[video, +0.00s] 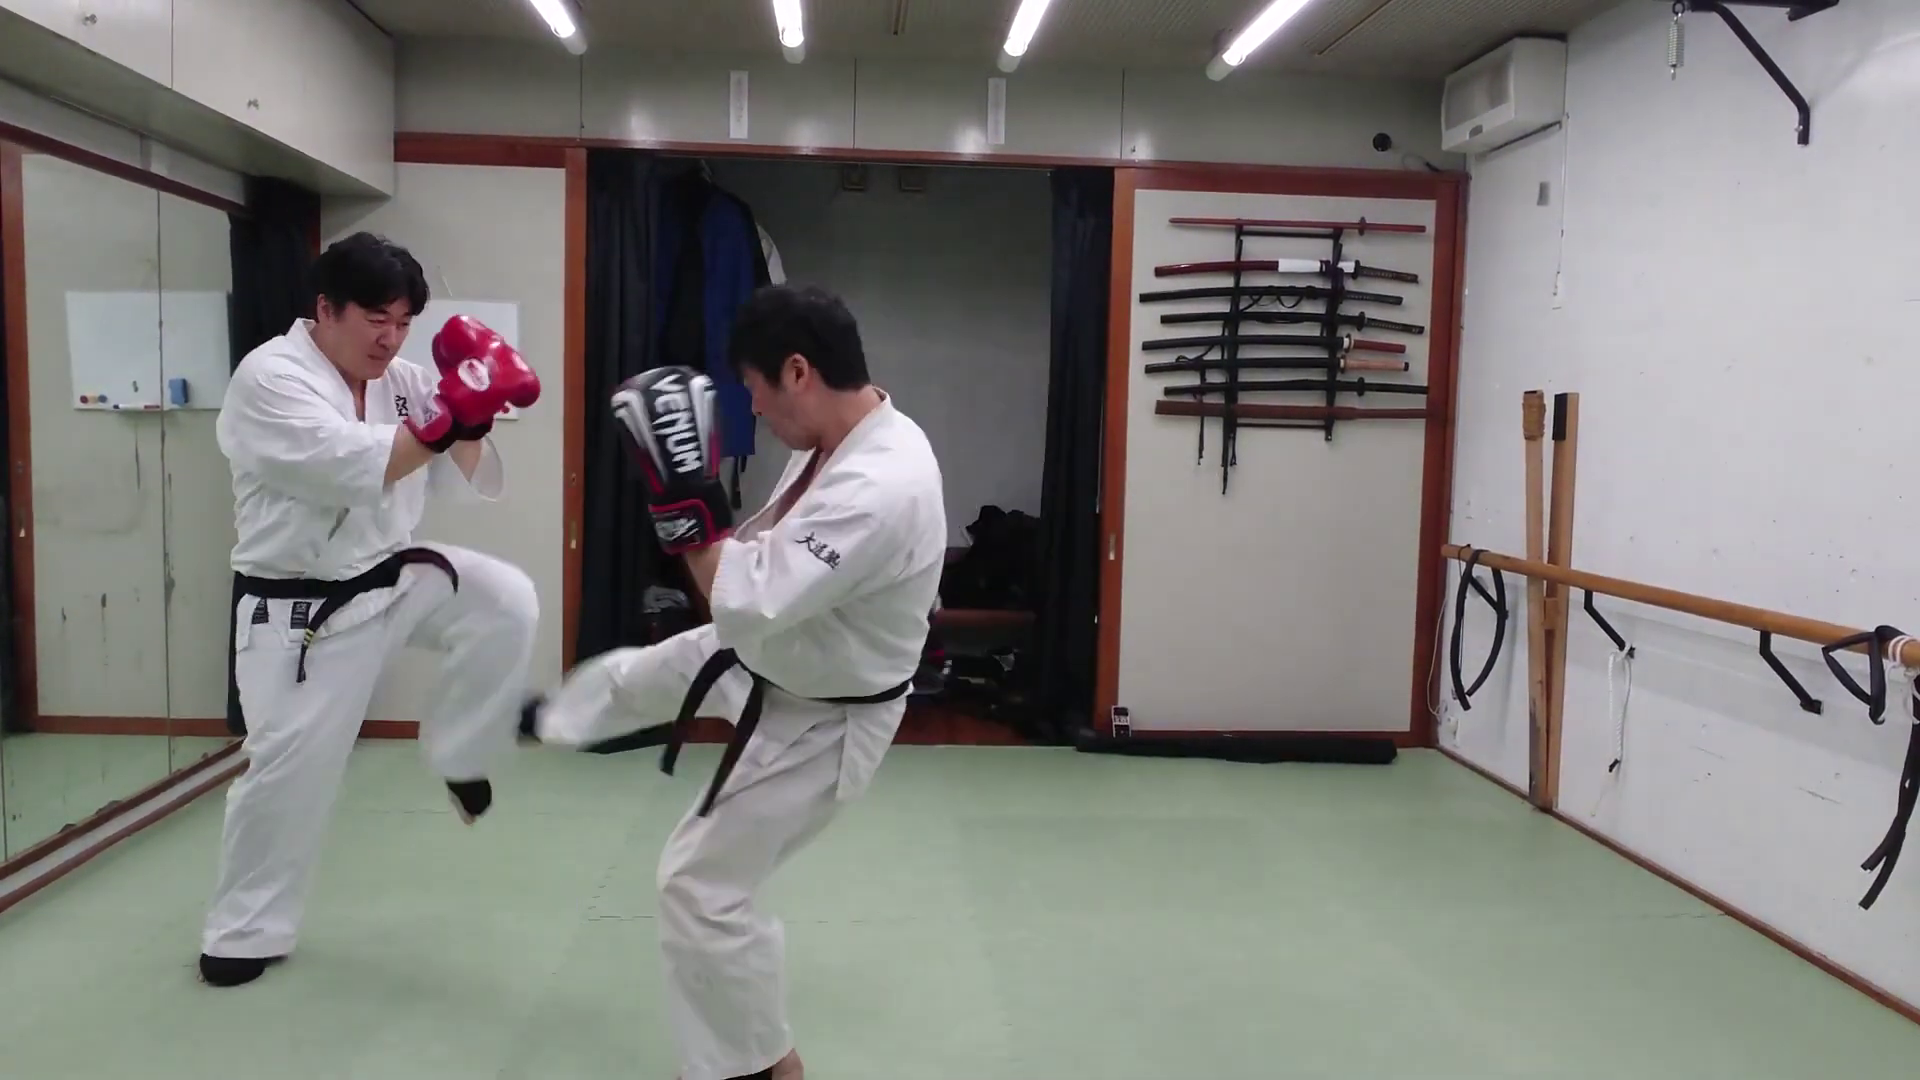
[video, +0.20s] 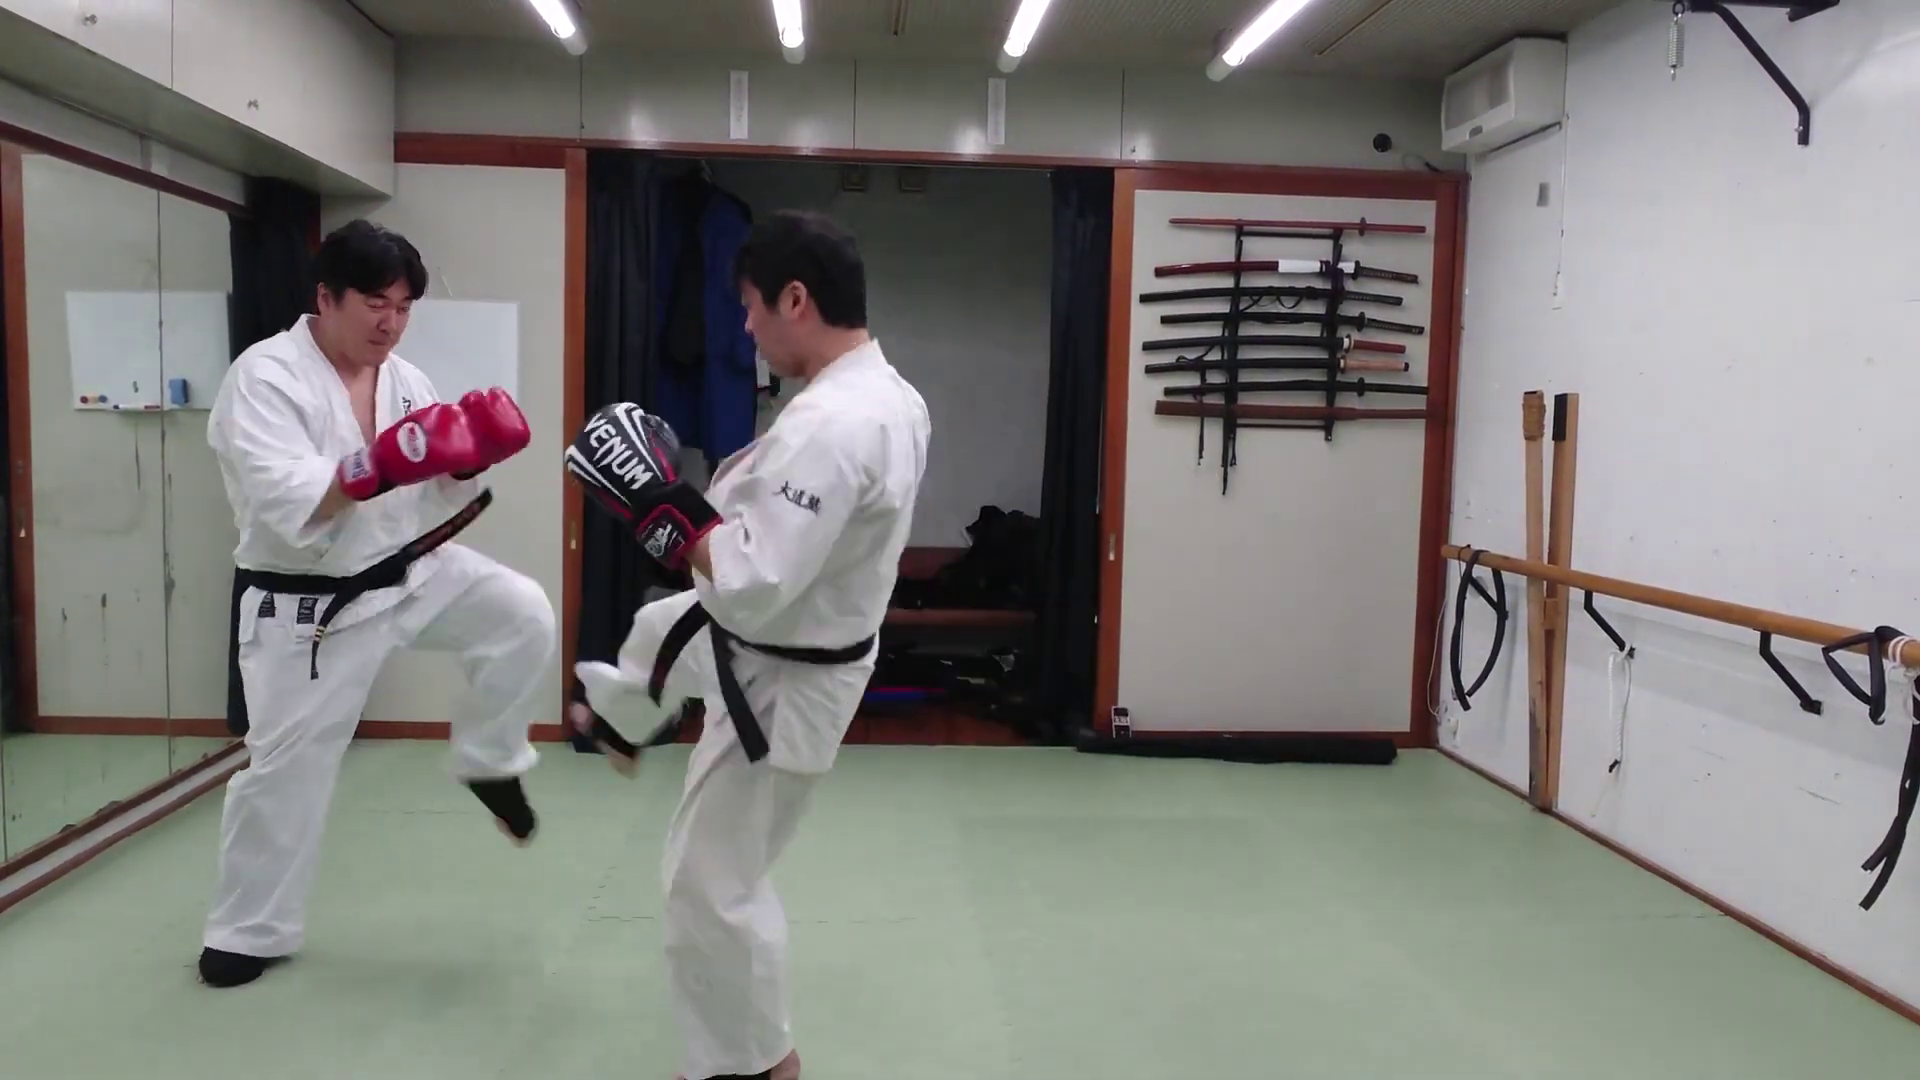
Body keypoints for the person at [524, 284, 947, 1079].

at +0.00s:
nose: (754, 407)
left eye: (755, 387)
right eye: (749, 389)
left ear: (800, 373)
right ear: (812, 370)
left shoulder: (876, 488)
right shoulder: (837, 442)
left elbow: (737, 601)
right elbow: (759, 543)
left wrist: (682, 492)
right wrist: (701, 530)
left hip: (829, 715)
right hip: (776, 659)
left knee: (698, 882)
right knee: (647, 674)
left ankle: (772, 1064)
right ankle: (557, 719)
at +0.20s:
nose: (749, 331)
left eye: (752, 310)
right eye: (746, 312)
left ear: (797, 302)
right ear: (827, 302)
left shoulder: (828, 423)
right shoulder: (884, 396)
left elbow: (751, 588)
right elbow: (762, 501)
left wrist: (667, 516)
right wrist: (689, 492)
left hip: (788, 680)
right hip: (806, 650)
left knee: (706, 882)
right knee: (661, 626)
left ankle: (757, 1062)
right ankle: (624, 719)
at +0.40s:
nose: (756, 289)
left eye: (760, 271)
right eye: (754, 271)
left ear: (799, 271)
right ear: (843, 272)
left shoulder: (793, 389)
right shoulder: (887, 372)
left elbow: (774, 554)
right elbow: (846, 477)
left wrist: (664, 512)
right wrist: (749, 400)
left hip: (776, 667)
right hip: (858, 654)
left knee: (734, 868)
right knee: (820, 790)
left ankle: (753, 1062)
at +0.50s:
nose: (763, 286)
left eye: (766, 268)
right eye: (761, 270)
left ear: (803, 269)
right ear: (858, 271)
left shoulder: (796, 389)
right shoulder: (911, 380)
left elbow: (759, 553)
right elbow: (860, 462)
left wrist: (665, 511)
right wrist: (759, 379)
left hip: (781, 667)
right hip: (881, 661)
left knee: (751, 872)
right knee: (881, 842)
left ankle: (751, 1064)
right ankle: (941, 1028)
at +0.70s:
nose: (793, 297)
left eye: (794, 279)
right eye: (790, 281)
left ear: (828, 276)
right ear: (893, 279)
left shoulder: (811, 390)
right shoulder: (963, 390)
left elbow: (747, 550)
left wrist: (691, 486)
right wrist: (810, 391)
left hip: (832, 681)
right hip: (949, 678)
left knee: (771, 896)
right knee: (963, 920)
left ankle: (754, 1068)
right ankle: (988, 1074)